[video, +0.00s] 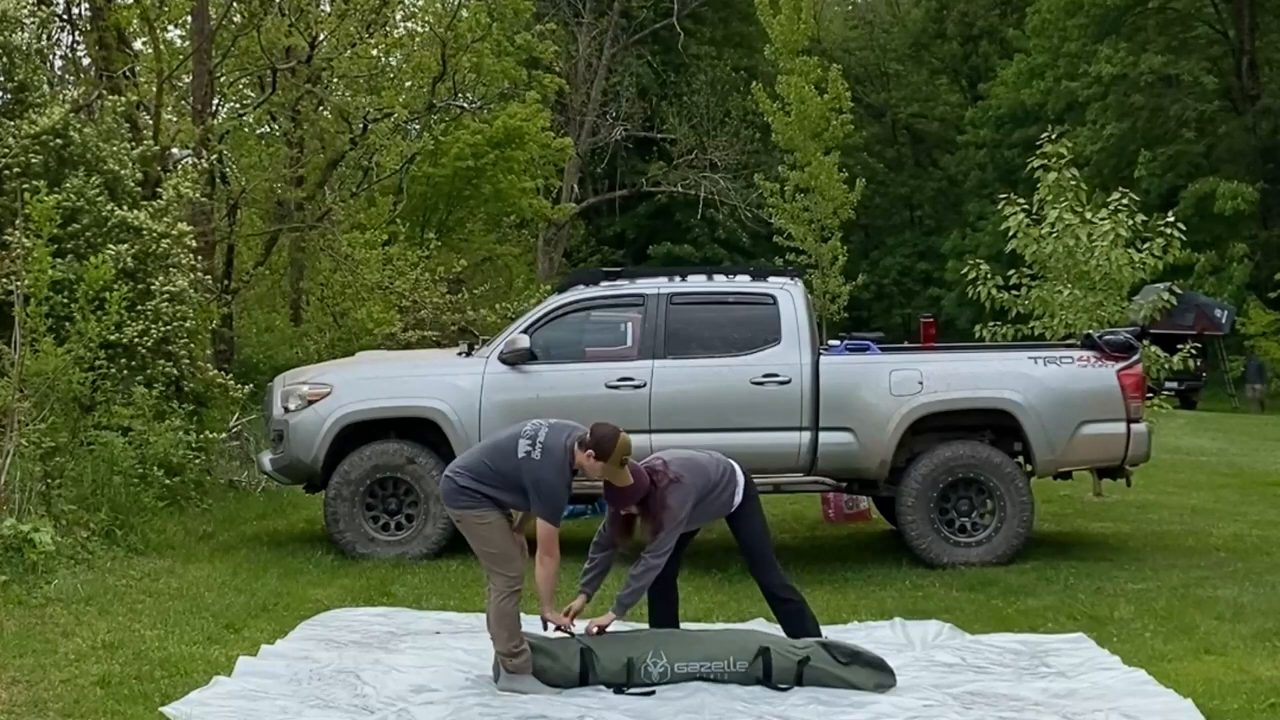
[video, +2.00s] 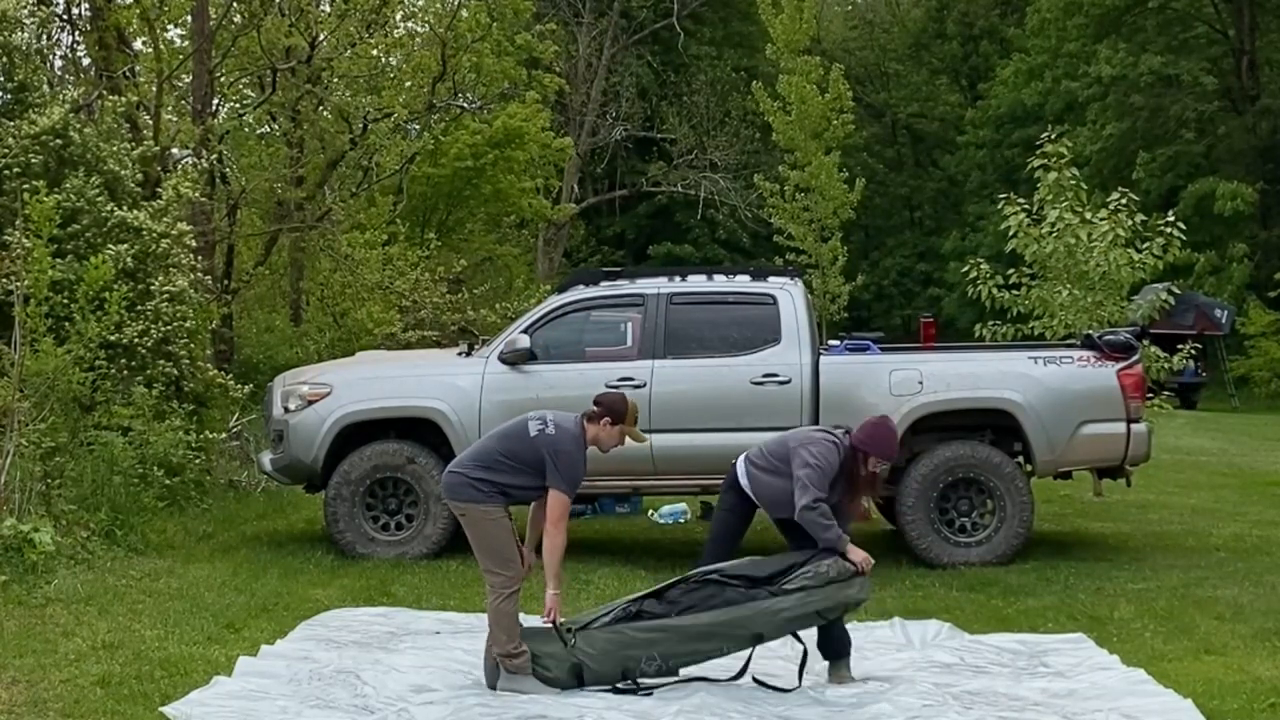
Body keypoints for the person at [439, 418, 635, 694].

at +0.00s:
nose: (606, 475)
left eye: (610, 469)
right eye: (605, 469)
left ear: (591, 448)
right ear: (589, 455)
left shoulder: (577, 435)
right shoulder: (551, 477)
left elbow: (538, 490)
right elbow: (546, 553)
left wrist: (518, 527)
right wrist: (548, 609)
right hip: (467, 492)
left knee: (508, 570)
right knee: (509, 574)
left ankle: (505, 663)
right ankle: (514, 671)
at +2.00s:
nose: (622, 442)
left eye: (625, 435)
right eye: (622, 433)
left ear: (601, 421)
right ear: (604, 423)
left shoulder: (566, 431)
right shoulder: (569, 450)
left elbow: (542, 500)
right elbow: (554, 525)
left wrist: (529, 547)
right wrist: (553, 590)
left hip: (476, 486)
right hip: (472, 489)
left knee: (511, 571)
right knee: (506, 576)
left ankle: (498, 661)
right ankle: (513, 670)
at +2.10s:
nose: (614, 468)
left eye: (618, 462)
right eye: (616, 460)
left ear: (599, 446)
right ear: (603, 449)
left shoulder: (568, 468)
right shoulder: (563, 463)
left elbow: (544, 539)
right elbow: (541, 537)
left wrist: (532, 604)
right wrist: (547, 596)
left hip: (478, 495)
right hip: (463, 495)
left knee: (522, 570)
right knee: (508, 576)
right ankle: (514, 673)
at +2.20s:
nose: (606, 488)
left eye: (611, 482)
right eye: (609, 480)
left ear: (592, 463)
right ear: (596, 465)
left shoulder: (559, 473)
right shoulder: (560, 471)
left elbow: (530, 541)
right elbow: (536, 538)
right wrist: (548, 598)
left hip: (455, 500)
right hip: (457, 502)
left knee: (512, 577)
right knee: (515, 578)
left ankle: (498, 665)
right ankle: (514, 672)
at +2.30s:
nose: (589, 456)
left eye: (593, 450)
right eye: (591, 447)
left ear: (568, 431)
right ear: (577, 435)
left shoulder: (531, 441)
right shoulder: (546, 451)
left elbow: (512, 520)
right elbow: (543, 528)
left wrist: (505, 570)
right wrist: (557, 588)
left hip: (434, 494)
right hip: (452, 500)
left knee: (483, 568)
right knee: (505, 580)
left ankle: (472, 653)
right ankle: (514, 673)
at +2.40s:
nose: (555, 430)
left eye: (559, 425)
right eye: (557, 422)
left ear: (535, 409)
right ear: (540, 410)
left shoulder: (494, 426)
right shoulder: (511, 437)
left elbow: (481, 509)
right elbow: (518, 513)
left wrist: (486, 562)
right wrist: (540, 569)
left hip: (409, 497)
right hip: (432, 502)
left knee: (447, 578)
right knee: (478, 584)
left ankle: (404, 657)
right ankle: (513, 673)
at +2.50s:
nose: (518, 416)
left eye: (522, 410)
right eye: (520, 407)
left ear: (495, 394)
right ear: (503, 395)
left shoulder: (450, 407)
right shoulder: (474, 420)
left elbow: (442, 487)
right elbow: (479, 500)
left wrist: (457, 543)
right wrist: (499, 558)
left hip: (370, 484)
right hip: (399, 484)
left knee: (410, 569)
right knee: (460, 552)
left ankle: (398, 665)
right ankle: (469, 649)